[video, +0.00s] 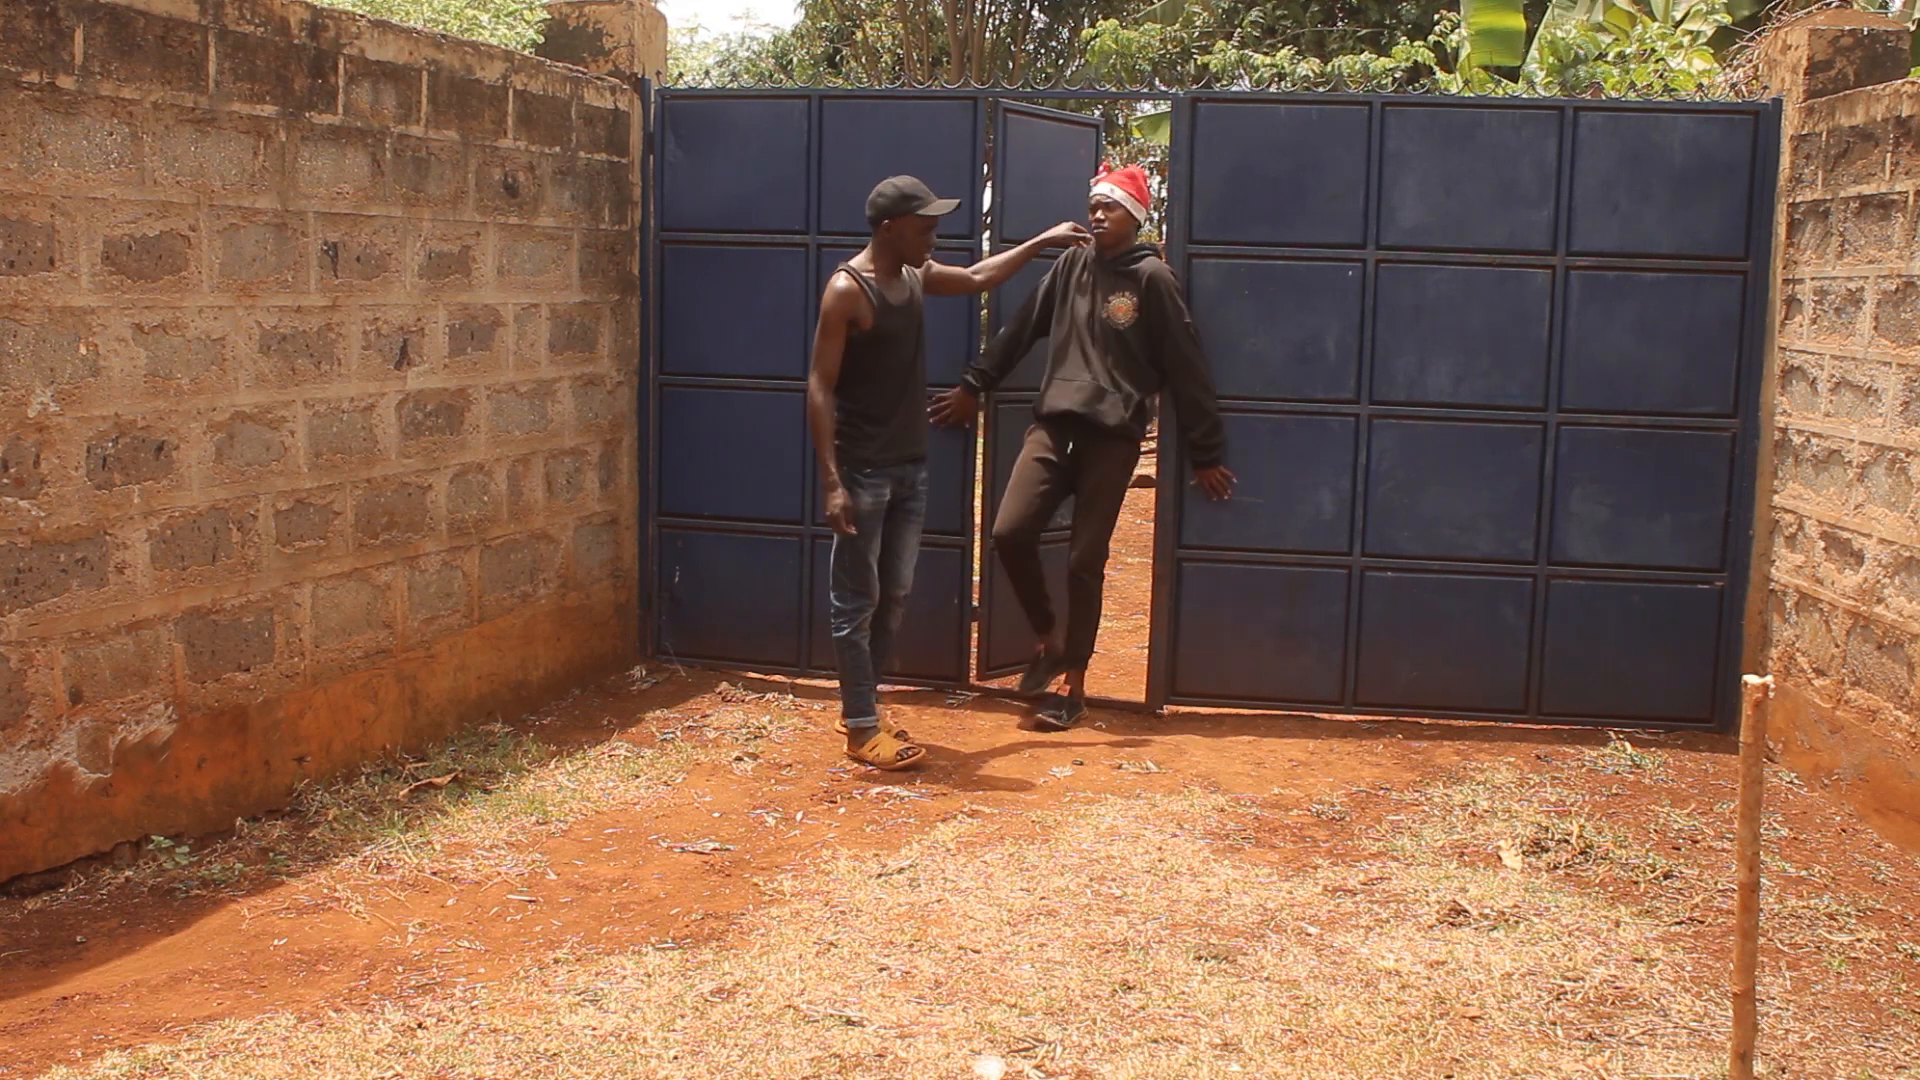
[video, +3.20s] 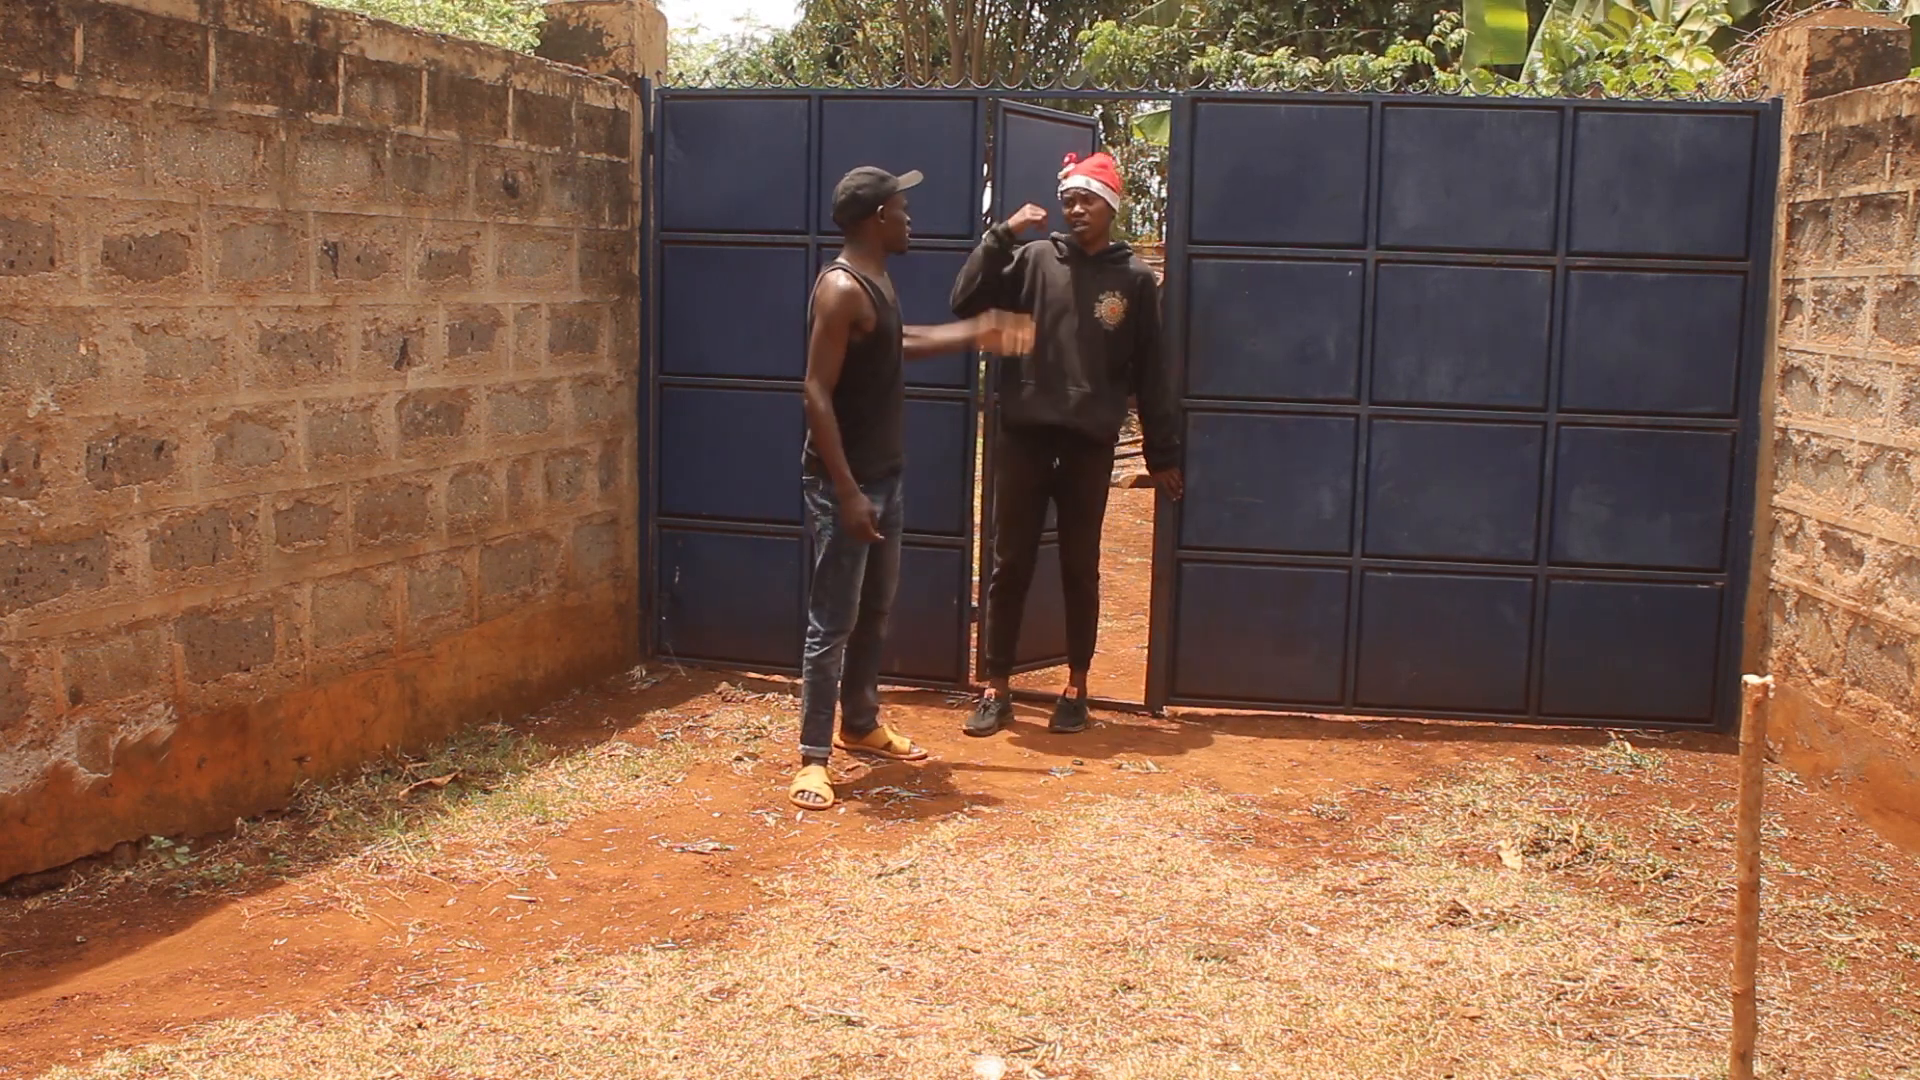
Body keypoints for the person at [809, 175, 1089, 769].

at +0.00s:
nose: (934, 235)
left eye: (934, 226)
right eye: (925, 226)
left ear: (906, 230)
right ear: (889, 227)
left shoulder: (913, 272)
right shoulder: (845, 291)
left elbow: (978, 277)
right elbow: (819, 389)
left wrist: (1043, 241)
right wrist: (831, 482)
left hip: (909, 464)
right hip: (859, 467)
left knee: (894, 593)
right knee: (855, 598)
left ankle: (864, 709)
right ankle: (862, 731)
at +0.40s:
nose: (946, 230)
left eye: (945, 221)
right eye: (940, 221)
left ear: (917, 224)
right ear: (912, 225)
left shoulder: (918, 279)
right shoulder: (852, 283)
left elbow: (958, 335)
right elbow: (814, 377)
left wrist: (1036, 331)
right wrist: (822, 468)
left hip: (904, 461)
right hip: (855, 463)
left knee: (889, 590)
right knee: (862, 594)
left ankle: (861, 708)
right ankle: (862, 728)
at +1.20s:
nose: (939, 256)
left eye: (945, 246)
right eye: (931, 244)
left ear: (942, 240)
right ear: (899, 230)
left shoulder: (925, 285)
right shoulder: (848, 282)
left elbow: (939, 350)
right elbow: (803, 370)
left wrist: (1013, 371)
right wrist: (809, 460)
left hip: (903, 469)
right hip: (848, 465)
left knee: (884, 598)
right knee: (842, 596)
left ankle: (859, 710)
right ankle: (819, 733)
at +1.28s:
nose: (926, 253)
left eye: (933, 244)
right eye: (917, 241)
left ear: (936, 240)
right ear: (886, 230)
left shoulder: (924, 286)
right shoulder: (836, 286)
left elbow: (936, 361)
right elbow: (799, 375)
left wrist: (982, 419)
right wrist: (804, 464)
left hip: (902, 470)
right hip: (844, 469)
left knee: (882, 600)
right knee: (838, 601)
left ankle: (860, 711)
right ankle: (820, 738)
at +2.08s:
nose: (904, 222)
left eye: (901, 212)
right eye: (897, 213)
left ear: (868, 219)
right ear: (870, 219)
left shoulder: (872, 279)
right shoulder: (822, 288)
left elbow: (870, 385)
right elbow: (800, 391)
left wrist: (889, 463)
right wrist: (860, 463)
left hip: (878, 481)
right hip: (832, 483)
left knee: (875, 611)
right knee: (826, 625)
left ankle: (863, 725)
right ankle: (814, 759)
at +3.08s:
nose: (910, 215)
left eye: (905, 205)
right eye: (901, 206)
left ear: (873, 220)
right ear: (872, 220)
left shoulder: (884, 281)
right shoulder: (833, 294)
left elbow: (883, 379)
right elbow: (808, 397)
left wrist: (931, 427)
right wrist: (838, 494)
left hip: (887, 477)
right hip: (841, 483)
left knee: (871, 611)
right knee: (828, 623)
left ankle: (861, 725)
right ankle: (814, 758)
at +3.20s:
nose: (910, 216)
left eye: (906, 206)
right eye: (901, 207)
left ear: (871, 219)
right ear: (874, 218)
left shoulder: (876, 280)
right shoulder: (839, 292)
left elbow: (896, 344)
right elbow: (816, 395)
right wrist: (845, 491)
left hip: (884, 477)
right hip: (843, 481)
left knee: (874, 611)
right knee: (830, 624)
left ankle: (860, 726)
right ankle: (813, 760)